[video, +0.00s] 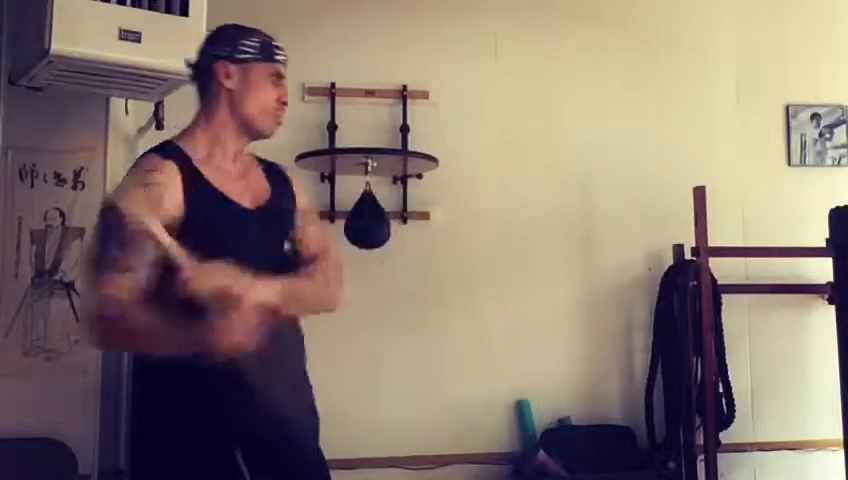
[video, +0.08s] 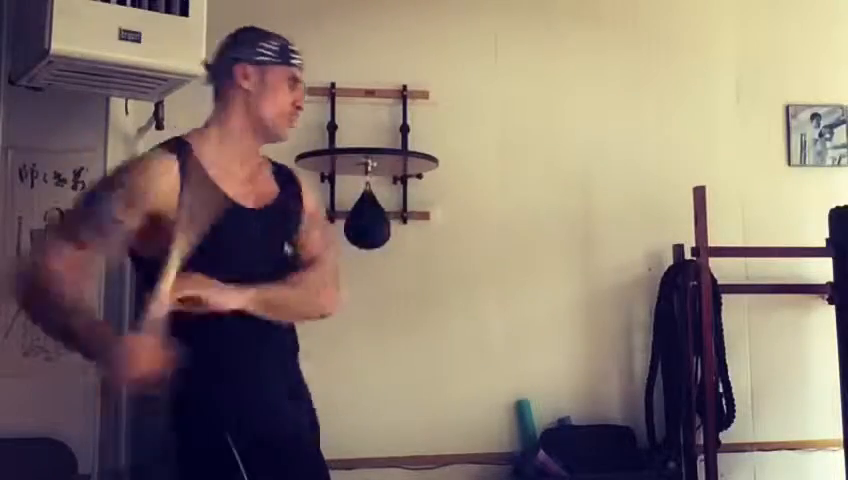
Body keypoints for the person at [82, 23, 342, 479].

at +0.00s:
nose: (285, 97)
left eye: (284, 83)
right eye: (274, 79)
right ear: (226, 75)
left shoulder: (284, 184)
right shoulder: (158, 178)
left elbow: (329, 289)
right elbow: (110, 317)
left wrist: (241, 285)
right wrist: (203, 335)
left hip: (282, 430)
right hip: (186, 436)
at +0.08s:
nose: (302, 99)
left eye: (301, 86)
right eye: (292, 82)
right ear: (244, 77)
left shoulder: (296, 189)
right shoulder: (162, 173)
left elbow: (324, 293)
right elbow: (51, 272)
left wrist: (238, 297)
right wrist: (110, 347)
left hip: (281, 412)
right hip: (189, 415)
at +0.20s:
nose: (318, 115)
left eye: (318, 101)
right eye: (310, 97)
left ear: (268, 90)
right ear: (265, 87)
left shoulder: (304, 197)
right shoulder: (172, 145)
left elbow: (317, 290)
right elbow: (76, 165)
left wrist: (223, 279)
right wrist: (62, 151)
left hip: (264, 408)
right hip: (174, 404)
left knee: (303, 474)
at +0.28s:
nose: (307, 119)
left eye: (308, 105)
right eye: (301, 100)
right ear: (262, 87)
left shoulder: (271, 192)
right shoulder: (184, 148)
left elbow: (320, 289)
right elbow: (243, 92)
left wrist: (276, 258)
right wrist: (347, 169)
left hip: (265, 407)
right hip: (192, 409)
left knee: (302, 472)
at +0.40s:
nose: (294, 106)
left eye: (295, 96)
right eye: (285, 90)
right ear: (243, 87)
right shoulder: (214, 137)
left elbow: (285, 304)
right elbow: (384, 140)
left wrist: (313, 243)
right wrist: (403, 260)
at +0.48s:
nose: (288, 113)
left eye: (289, 99)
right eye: (283, 95)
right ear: (244, 80)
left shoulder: (141, 174)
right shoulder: (271, 138)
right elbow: (384, 185)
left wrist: (313, 259)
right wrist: (362, 231)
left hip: (157, 412)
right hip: (250, 413)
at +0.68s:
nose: (282, 101)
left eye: (282, 85)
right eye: (274, 81)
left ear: (223, 73)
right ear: (230, 70)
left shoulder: (130, 176)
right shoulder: (258, 145)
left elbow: (194, 257)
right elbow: (370, 216)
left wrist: (289, 238)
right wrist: (365, 207)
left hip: (165, 412)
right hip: (263, 415)